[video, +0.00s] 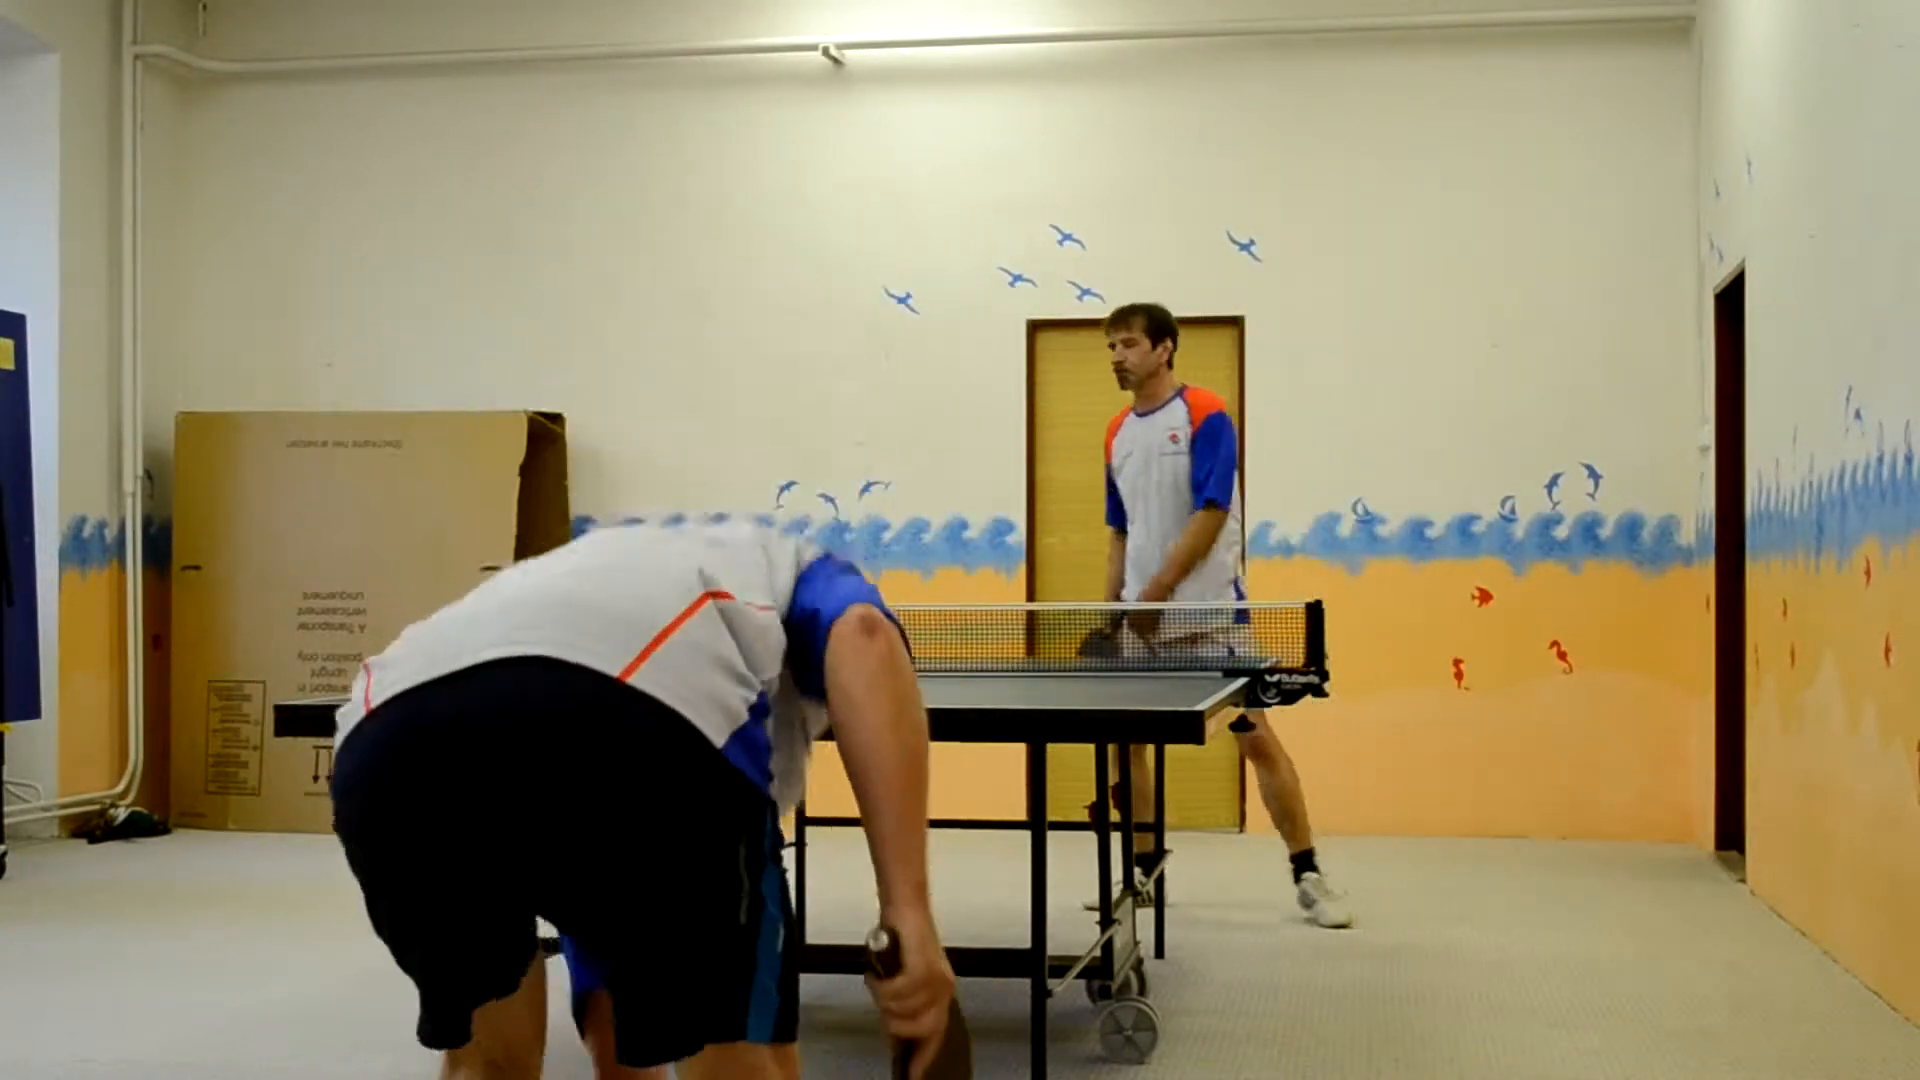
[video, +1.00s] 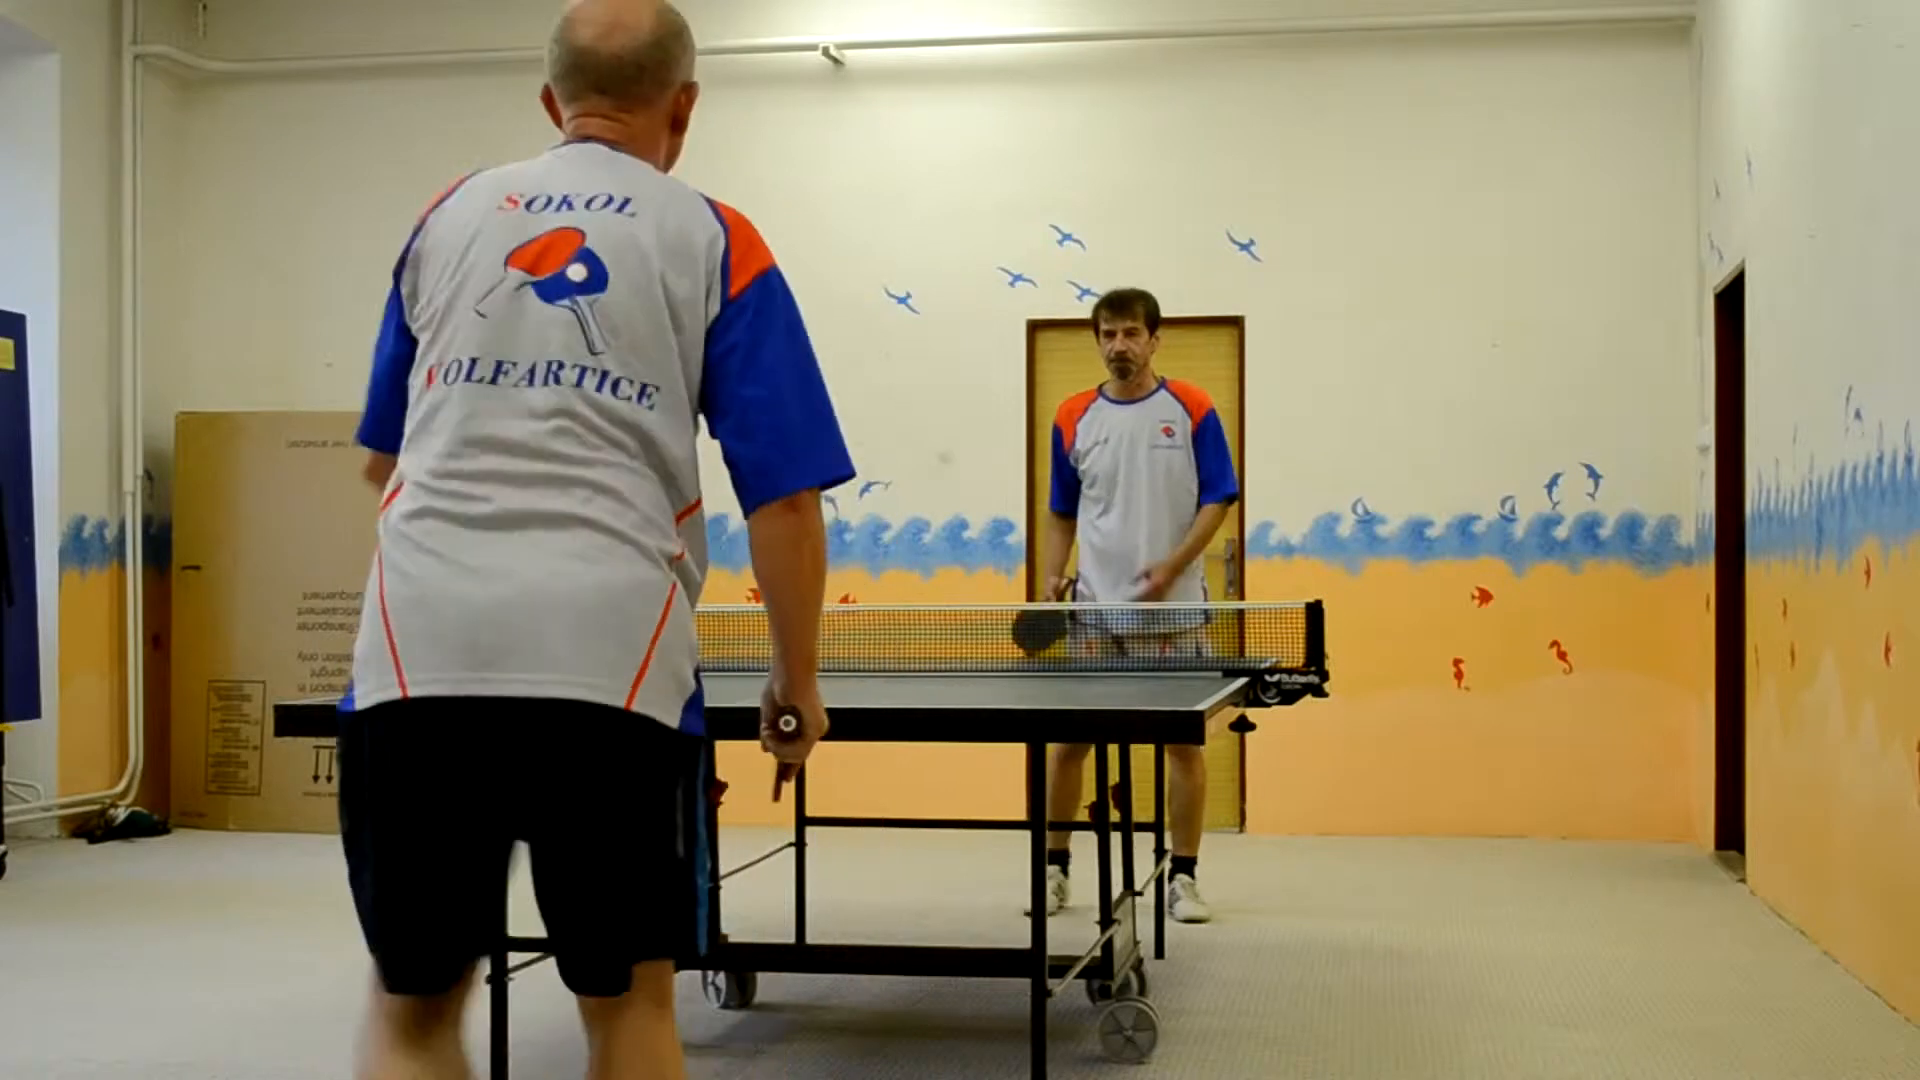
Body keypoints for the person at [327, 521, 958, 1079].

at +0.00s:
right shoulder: (794, 558)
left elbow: (602, 984)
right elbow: (864, 632)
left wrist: (630, 1072)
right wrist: (906, 911)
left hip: (392, 731)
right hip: (621, 715)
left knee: (489, 1034)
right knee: (734, 1044)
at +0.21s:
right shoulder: (809, 532)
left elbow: (596, 957)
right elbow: (877, 623)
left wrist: (619, 1072)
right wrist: (904, 899)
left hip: (403, 697)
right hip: (633, 684)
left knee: (503, 1030)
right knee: (721, 1040)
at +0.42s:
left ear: (651, 302)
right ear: (770, 307)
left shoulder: (555, 364)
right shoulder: (792, 338)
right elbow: (847, 492)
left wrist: (619, 982)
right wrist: (862, 752)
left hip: (407, 662)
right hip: (619, 655)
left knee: (509, 1029)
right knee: (718, 1049)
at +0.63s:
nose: (724, 163)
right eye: (727, 153)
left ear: (576, 148)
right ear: (716, 147)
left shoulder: (494, 234)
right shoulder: (733, 210)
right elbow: (801, 431)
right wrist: (827, 670)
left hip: (415, 641)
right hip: (620, 632)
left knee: (504, 1012)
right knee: (699, 980)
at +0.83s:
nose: (691, 118)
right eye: (696, 101)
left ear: (554, 94)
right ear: (691, 92)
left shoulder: (458, 198)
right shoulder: (716, 204)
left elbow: (446, 398)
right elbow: (787, 458)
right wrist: (812, 664)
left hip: (420, 644)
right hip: (619, 647)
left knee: (487, 1010)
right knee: (642, 1001)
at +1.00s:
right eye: (684, 108)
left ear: (548, 110)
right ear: (682, 107)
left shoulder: (444, 218)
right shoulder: (714, 236)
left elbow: (384, 461)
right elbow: (782, 492)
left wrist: (473, 589)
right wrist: (796, 676)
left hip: (415, 671)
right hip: (607, 674)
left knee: (412, 998)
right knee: (631, 999)